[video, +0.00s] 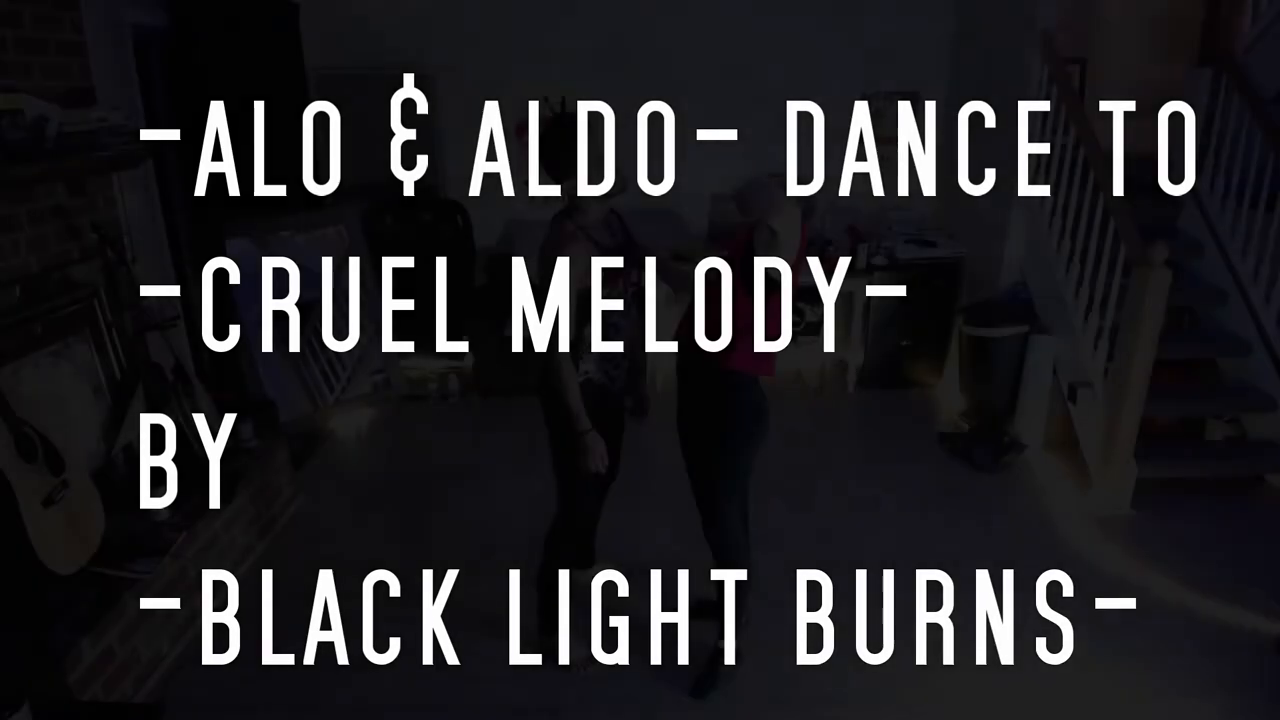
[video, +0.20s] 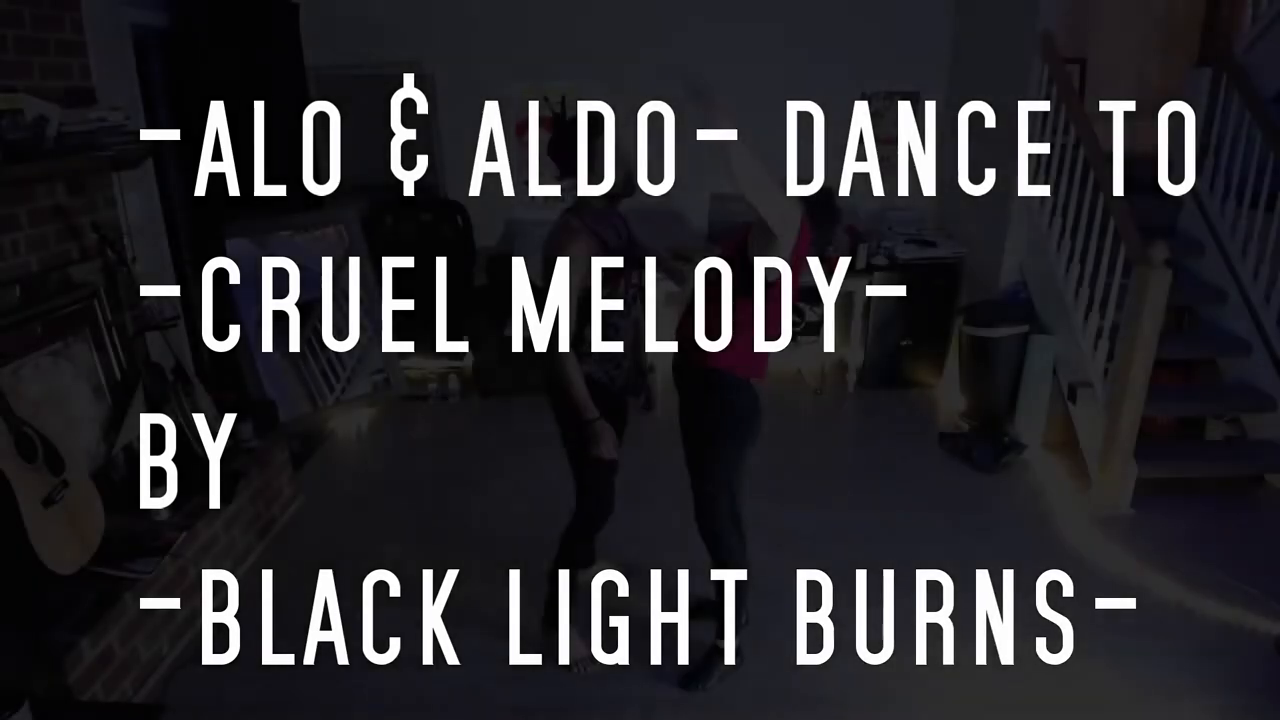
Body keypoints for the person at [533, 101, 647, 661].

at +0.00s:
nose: (606, 173)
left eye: (606, 161)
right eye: (596, 161)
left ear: (605, 171)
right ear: (577, 169)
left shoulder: (612, 230)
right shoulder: (564, 238)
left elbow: (627, 320)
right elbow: (556, 344)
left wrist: (638, 385)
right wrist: (582, 428)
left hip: (611, 392)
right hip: (576, 396)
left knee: (587, 513)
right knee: (580, 513)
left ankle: (568, 619)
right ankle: (561, 623)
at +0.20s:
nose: (621, 169)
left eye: (618, 155)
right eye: (610, 156)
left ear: (607, 164)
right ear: (592, 164)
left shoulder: (614, 227)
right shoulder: (571, 234)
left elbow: (624, 316)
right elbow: (558, 339)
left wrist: (642, 378)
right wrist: (591, 420)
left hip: (613, 391)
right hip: (583, 394)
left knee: (596, 507)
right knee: (593, 508)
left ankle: (568, 619)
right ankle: (558, 623)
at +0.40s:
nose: (642, 169)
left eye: (638, 155)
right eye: (633, 157)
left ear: (603, 159)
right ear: (611, 161)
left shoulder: (616, 223)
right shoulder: (579, 228)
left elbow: (626, 315)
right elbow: (564, 334)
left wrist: (644, 374)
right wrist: (590, 415)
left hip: (607, 380)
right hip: (580, 384)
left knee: (590, 496)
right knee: (591, 497)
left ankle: (567, 609)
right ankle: (560, 614)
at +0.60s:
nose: (656, 161)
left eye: (657, 147)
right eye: (647, 148)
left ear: (620, 153)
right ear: (621, 154)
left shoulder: (624, 220)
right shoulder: (583, 225)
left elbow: (629, 311)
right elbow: (567, 329)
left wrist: (642, 377)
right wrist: (589, 414)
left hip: (612, 382)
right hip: (583, 385)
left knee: (588, 499)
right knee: (578, 502)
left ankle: (574, 613)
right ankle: (559, 623)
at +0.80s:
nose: (654, 162)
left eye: (654, 148)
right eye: (646, 148)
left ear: (623, 152)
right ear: (621, 153)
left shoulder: (627, 217)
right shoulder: (585, 224)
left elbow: (630, 307)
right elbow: (569, 328)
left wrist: (642, 371)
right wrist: (591, 414)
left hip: (616, 381)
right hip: (586, 383)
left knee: (595, 498)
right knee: (583, 501)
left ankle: (575, 613)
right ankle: (559, 626)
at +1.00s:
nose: (645, 172)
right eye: (636, 160)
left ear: (620, 155)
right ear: (618, 163)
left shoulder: (640, 218)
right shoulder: (582, 229)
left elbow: (642, 298)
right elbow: (569, 337)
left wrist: (652, 363)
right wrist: (595, 419)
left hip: (622, 374)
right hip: (586, 377)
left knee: (601, 490)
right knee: (594, 495)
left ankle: (576, 589)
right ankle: (561, 618)